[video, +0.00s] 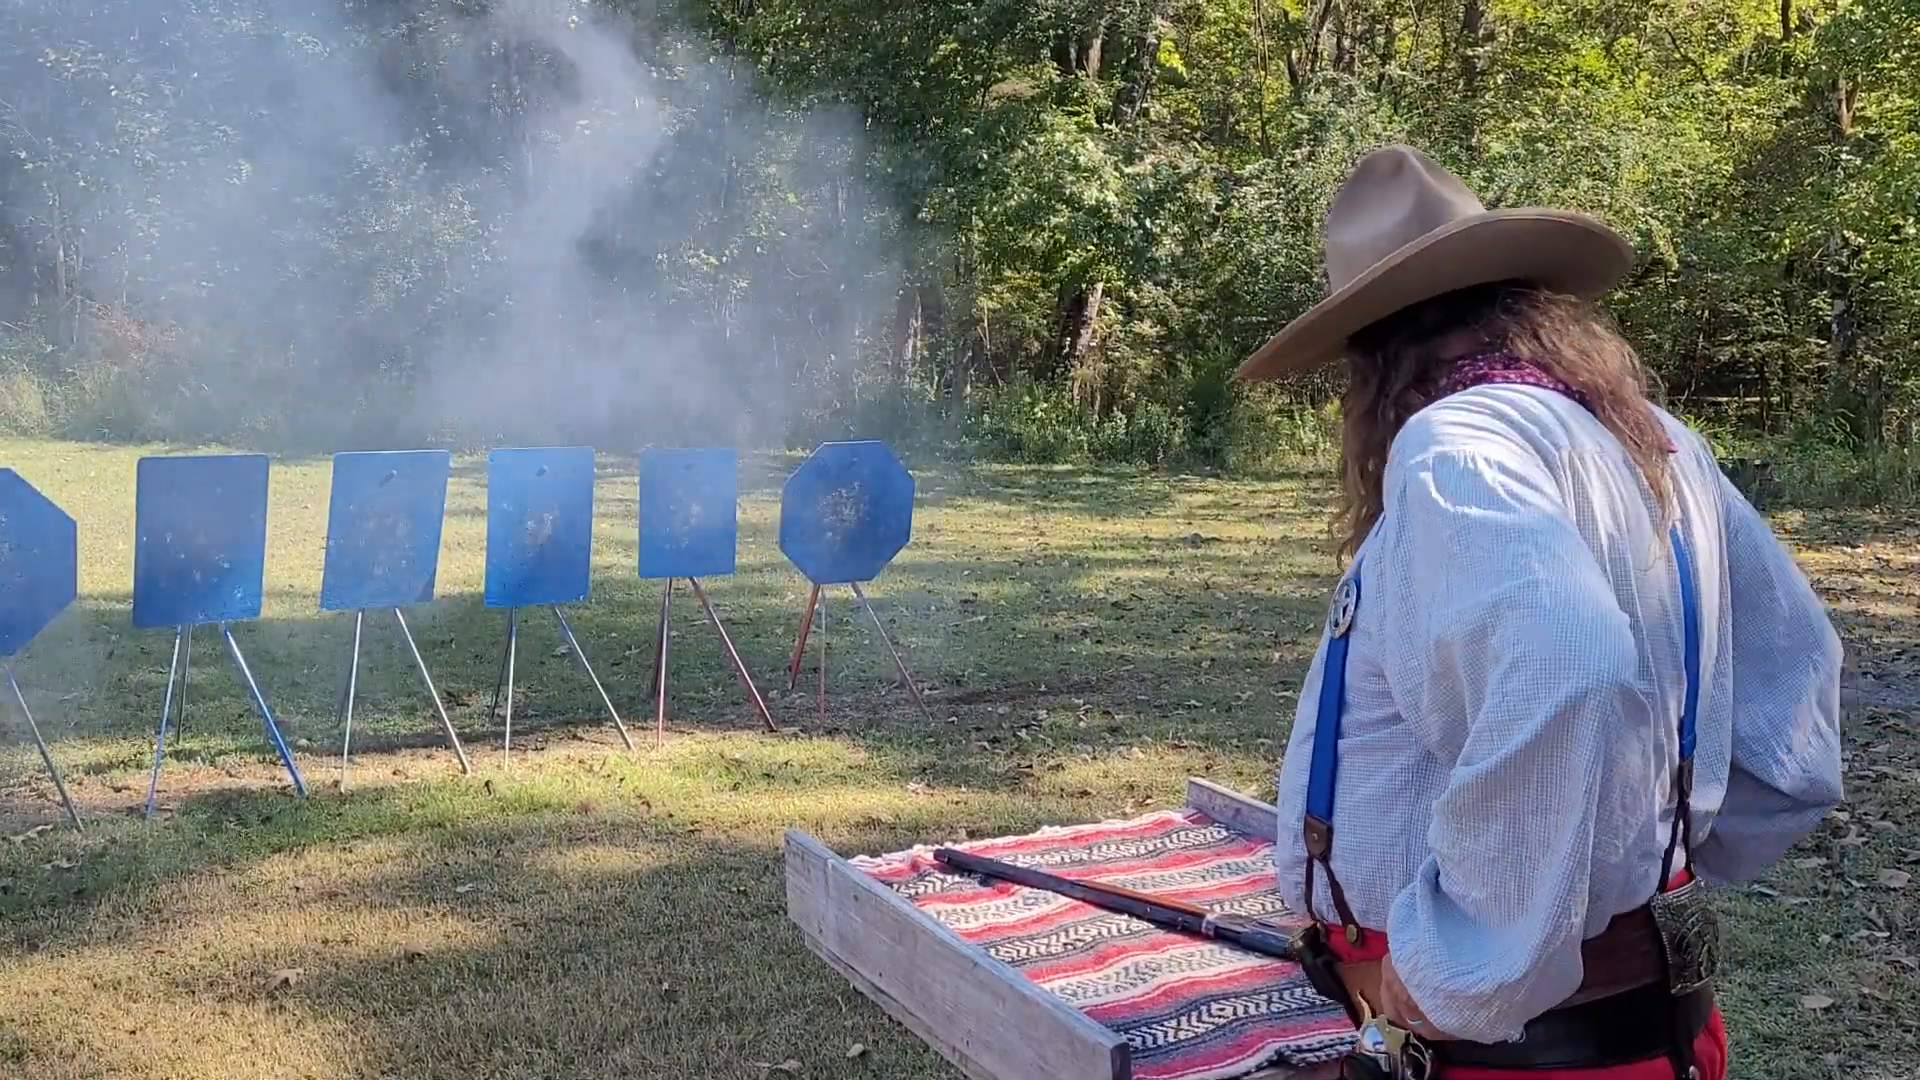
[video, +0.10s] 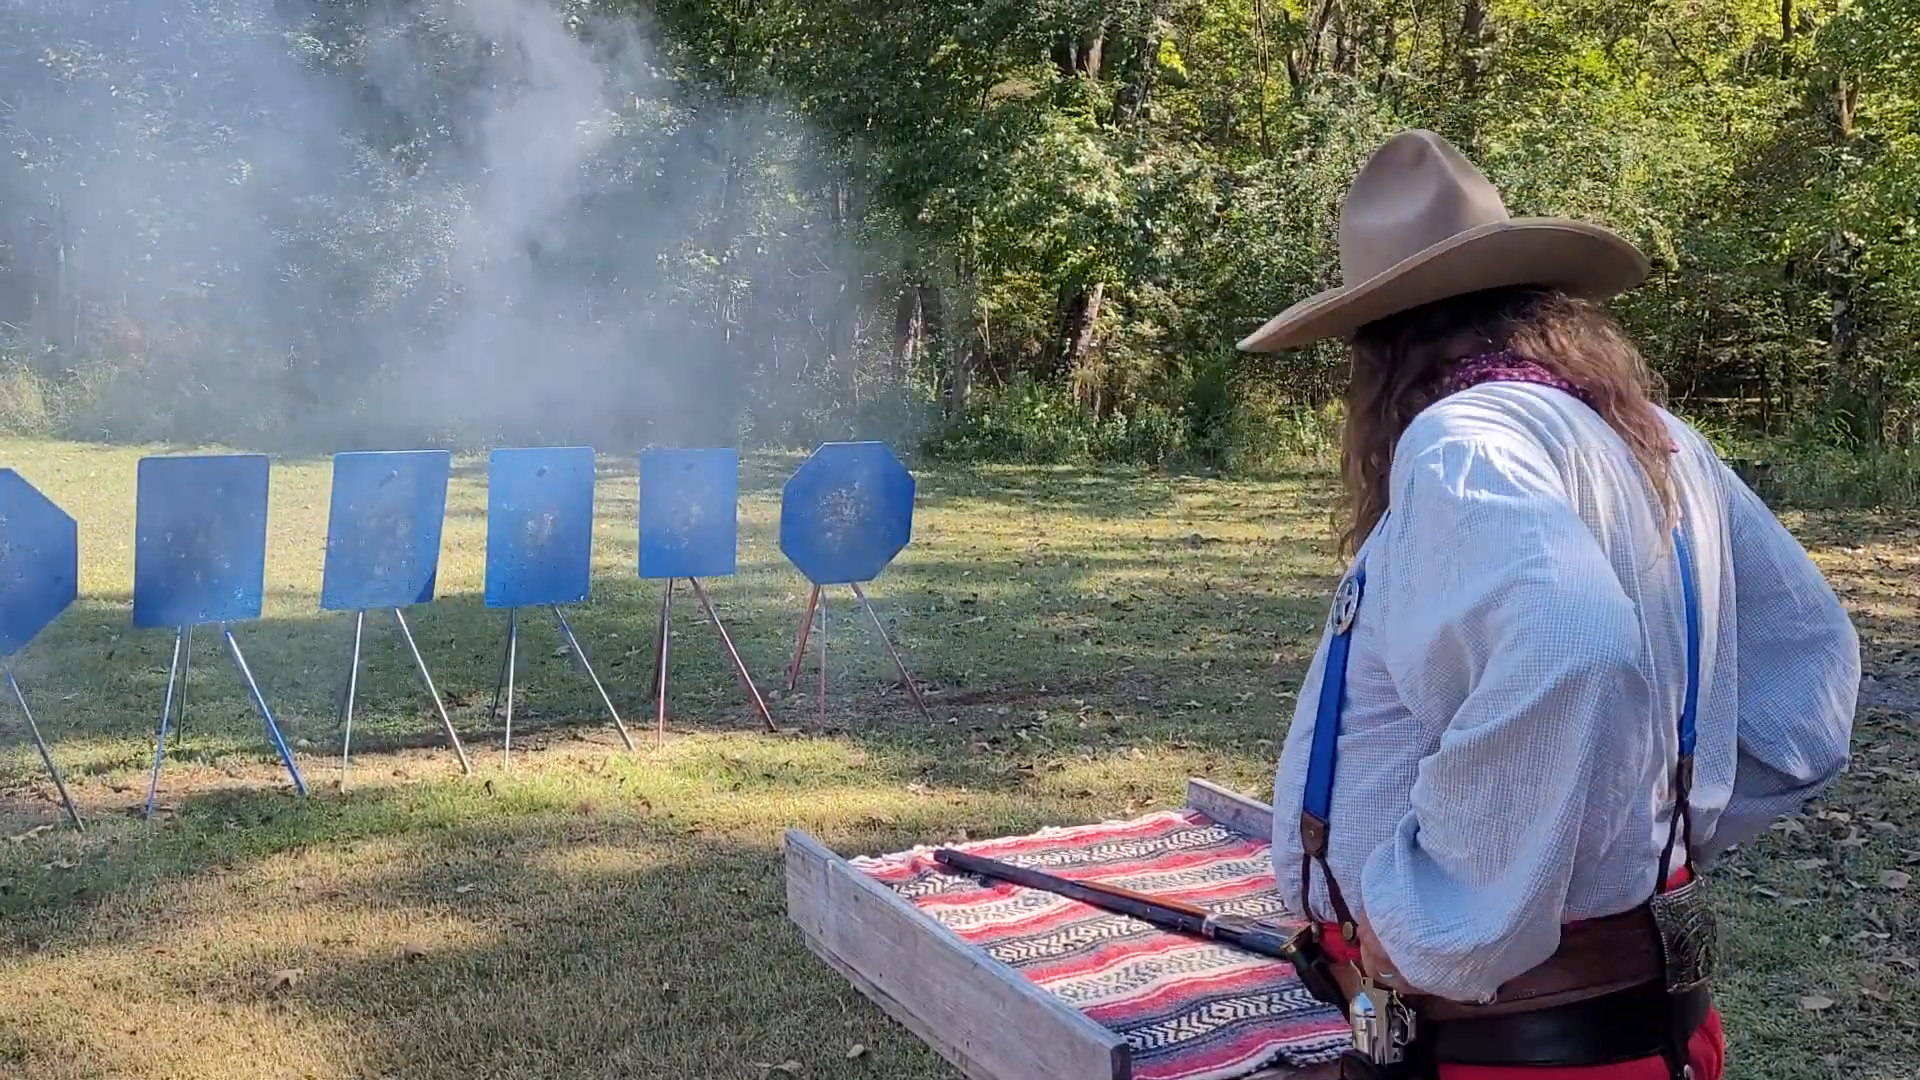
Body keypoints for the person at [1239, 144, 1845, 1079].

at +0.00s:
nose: (1352, 391)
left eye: (1352, 365)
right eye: (1347, 367)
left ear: (1385, 354)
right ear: (1528, 305)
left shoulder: (1453, 446)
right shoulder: (1663, 441)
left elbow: (1566, 672)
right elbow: (1798, 740)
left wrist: (1446, 974)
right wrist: (1668, 855)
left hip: (1503, 1039)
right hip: (1664, 1001)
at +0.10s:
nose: (1357, 375)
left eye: (1359, 348)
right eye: (1354, 349)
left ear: (1391, 345)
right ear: (1535, 304)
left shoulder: (1461, 442)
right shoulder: (1666, 438)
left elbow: (1569, 648)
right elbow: (1813, 686)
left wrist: (1429, 912)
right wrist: (1673, 829)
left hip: (1503, 1027)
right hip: (1659, 993)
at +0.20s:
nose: (1366, 357)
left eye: (1372, 328)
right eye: (1367, 327)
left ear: (1409, 328)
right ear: (1538, 299)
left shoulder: (1470, 431)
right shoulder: (1665, 439)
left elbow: (1562, 608)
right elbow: (1806, 660)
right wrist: (1669, 774)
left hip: (1479, 1034)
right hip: (1643, 1003)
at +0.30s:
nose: (1372, 348)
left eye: (1381, 321)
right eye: (1373, 320)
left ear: (1427, 321)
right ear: (1551, 301)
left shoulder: (1484, 423)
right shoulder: (1675, 447)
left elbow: (1496, 598)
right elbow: (1751, 677)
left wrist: (1271, 678)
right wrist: (1668, 803)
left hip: (1482, 1028)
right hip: (1641, 995)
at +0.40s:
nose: (1393, 335)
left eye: (1404, 309)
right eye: (1395, 308)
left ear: (1446, 312)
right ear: (1574, 297)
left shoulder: (1497, 433)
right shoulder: (1679, 451)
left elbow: (1408, 665)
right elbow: (1711, 781)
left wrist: (1238, 662)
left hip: (1482, 1031)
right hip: (1635, 1000)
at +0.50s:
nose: (1406, 328)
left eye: (1417, 305)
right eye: (1410, 303)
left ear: (1457, 315)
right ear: (1589, 307)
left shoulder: (1503, 453)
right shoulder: (1665, 454)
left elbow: (1354, 737)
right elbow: (1709, 791)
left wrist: (1234, 683)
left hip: (1497, 1038)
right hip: (1639, 1006)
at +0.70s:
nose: (1403, 330)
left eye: (1414, 307)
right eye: (1409, 303)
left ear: (1447, 320)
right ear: (1588, 315)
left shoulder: (1497, 462)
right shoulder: (1661, 464)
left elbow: (1286, 761)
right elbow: (1708, 795)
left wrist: (1226, 697)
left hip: (1498, 1044)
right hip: (1646, 1005)